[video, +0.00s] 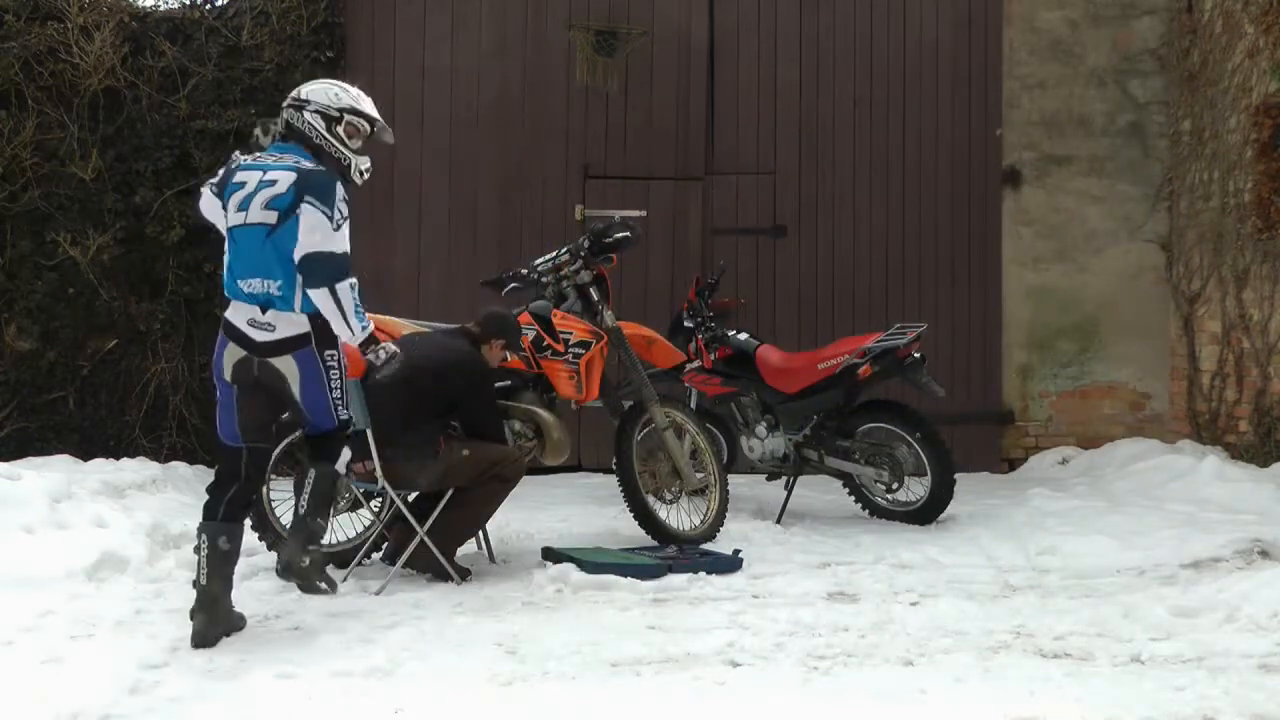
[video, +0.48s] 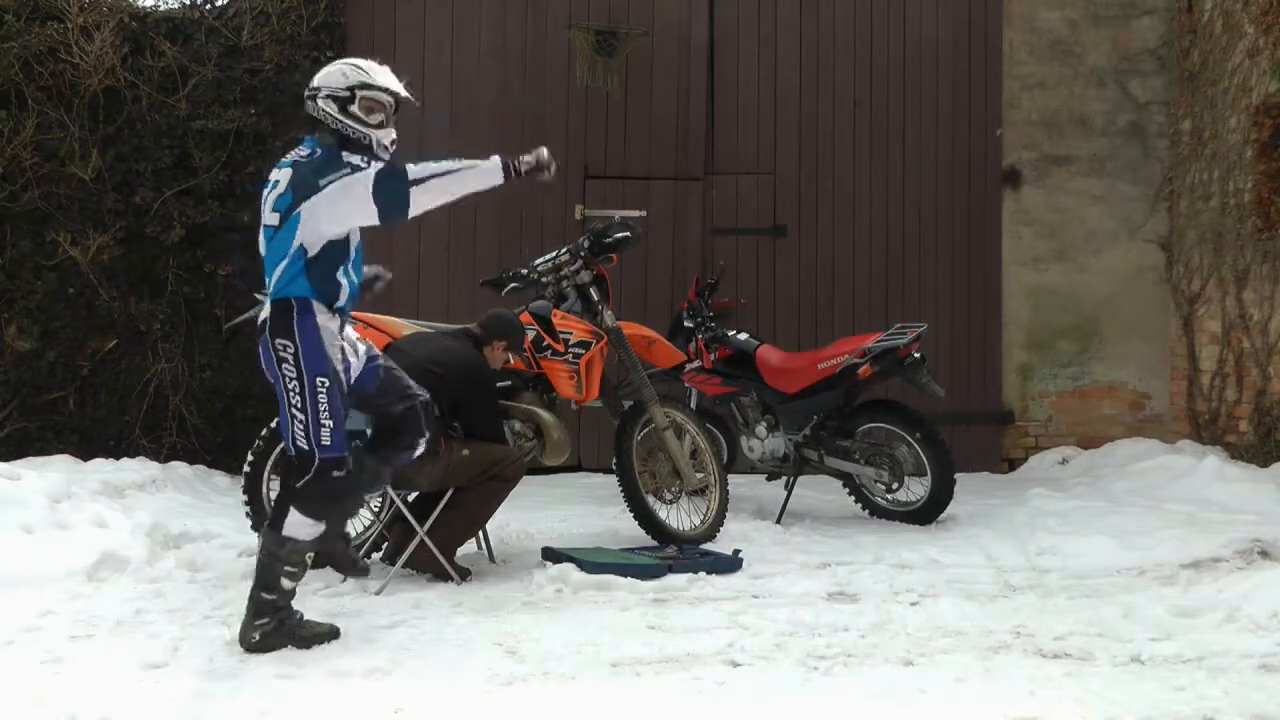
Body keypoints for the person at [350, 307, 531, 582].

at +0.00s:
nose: (502, 361)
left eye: (506, 355)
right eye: (504, 353)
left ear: (473, 329)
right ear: (495, 344)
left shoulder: (424, 339)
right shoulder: (472, 366)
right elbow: (489, 435)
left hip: (362, 452)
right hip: (399, 462)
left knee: (463, 456)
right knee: (508, 464)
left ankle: (402, 541)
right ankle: (434, 551)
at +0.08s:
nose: (502, 361)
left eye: (506, 356)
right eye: (505, 354)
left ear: (473, 329)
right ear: (495, 344)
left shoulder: (418, 340)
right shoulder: (472, 367)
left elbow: (365, 389)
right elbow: (489, 435)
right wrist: (507, 454)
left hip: (369, 451)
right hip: (402, 462)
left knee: (464, 456)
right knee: (508, 464)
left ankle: (403, 541)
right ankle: (434, 551)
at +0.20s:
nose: (502, 362)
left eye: (507, 357)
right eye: (505, 355)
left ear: (474, 329)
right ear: (495, 345)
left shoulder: (418, 340)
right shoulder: (473, 368)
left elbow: (366, 390)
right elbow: (489, 437)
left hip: (364, 449)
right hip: (399, 461)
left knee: (466, 457)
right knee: (508, 464)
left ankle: (403, 542)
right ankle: (434, 551)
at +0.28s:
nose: (503, 363)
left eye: (508, 358)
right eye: (506, 356)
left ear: (475, 330)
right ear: (496, 345)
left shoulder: (417, 340)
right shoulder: (474, 368)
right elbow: (489, 437)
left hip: (363, 449)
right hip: (400, 461)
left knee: (466, 457)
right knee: (508, 464)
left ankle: (403, 543)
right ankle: (434, 551)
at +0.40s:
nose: (504, 363)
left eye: (509, 358)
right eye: (507, 356)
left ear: (477, 330)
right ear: (497, 346)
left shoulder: (416, 339)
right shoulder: (476, 371)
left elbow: (371, 383)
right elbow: (490, 441)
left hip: (361, 442)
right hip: (399, 458)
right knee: (507, 465)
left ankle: (403, 542)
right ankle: (433, 552)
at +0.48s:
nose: (504, 363)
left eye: (508, 358)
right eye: (507, 356)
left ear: (478, 331)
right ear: (497, 346)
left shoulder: (421, 340)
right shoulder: (475, 370)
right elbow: (489, 439)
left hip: (366, 446)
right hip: (403, 460)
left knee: (470, 458)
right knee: (506, 465)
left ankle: (401, 541)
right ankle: (433, 551)